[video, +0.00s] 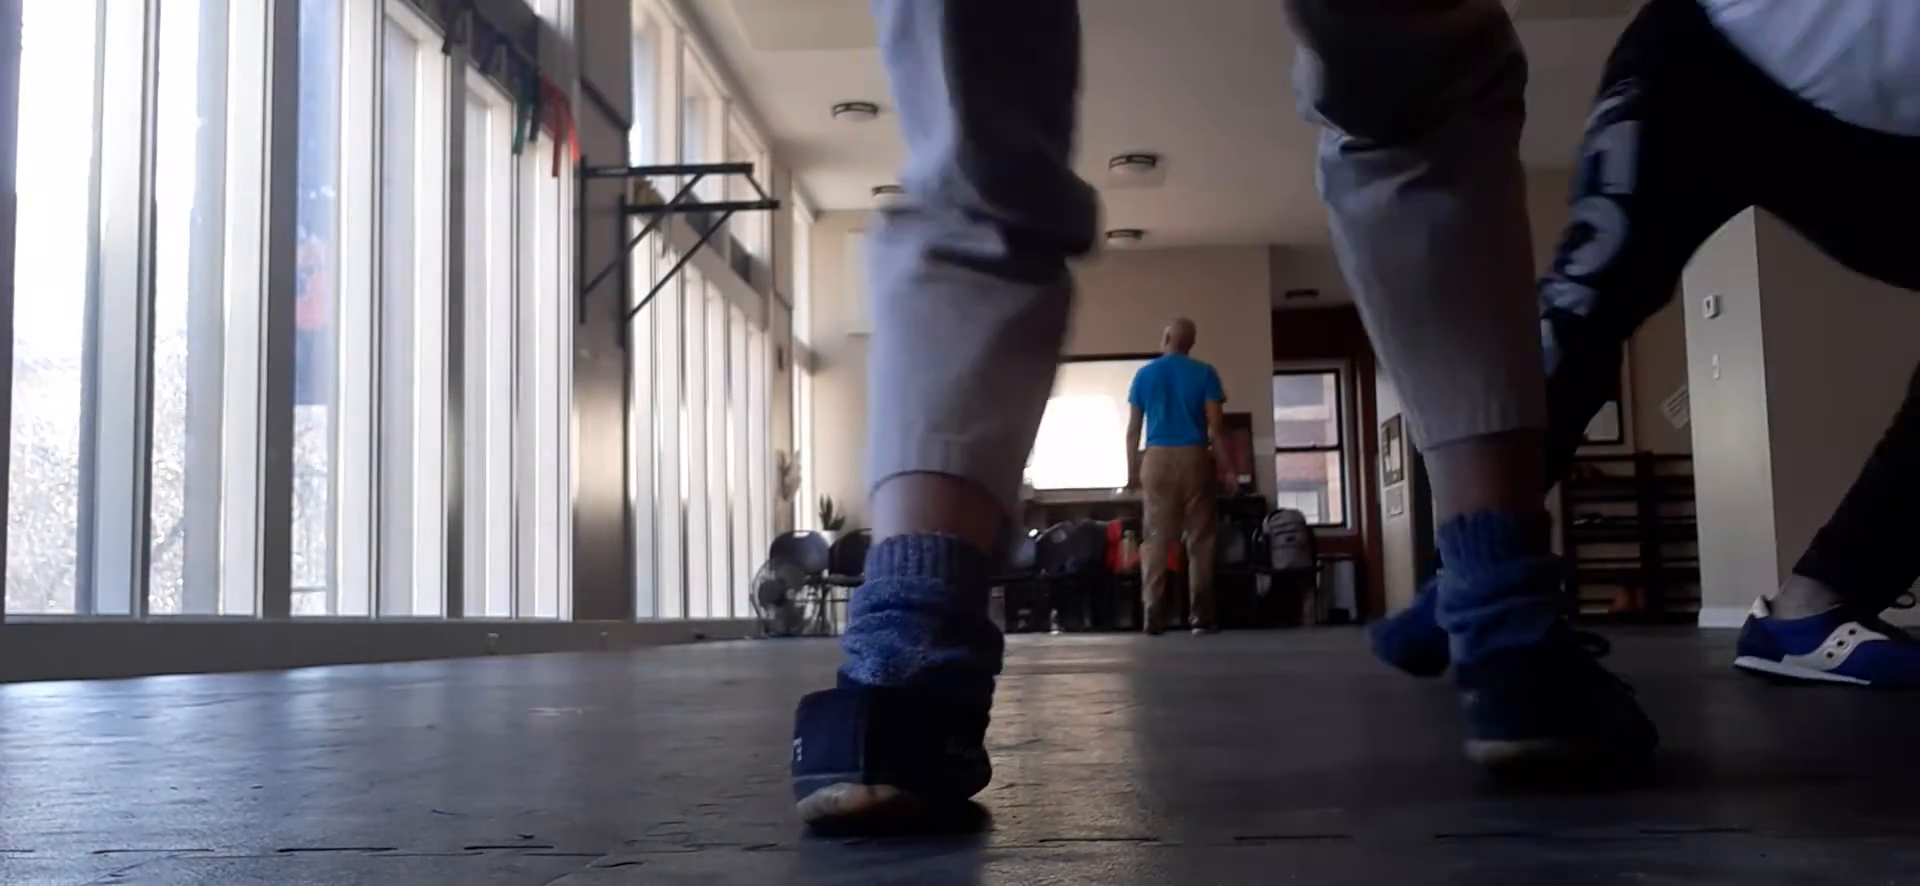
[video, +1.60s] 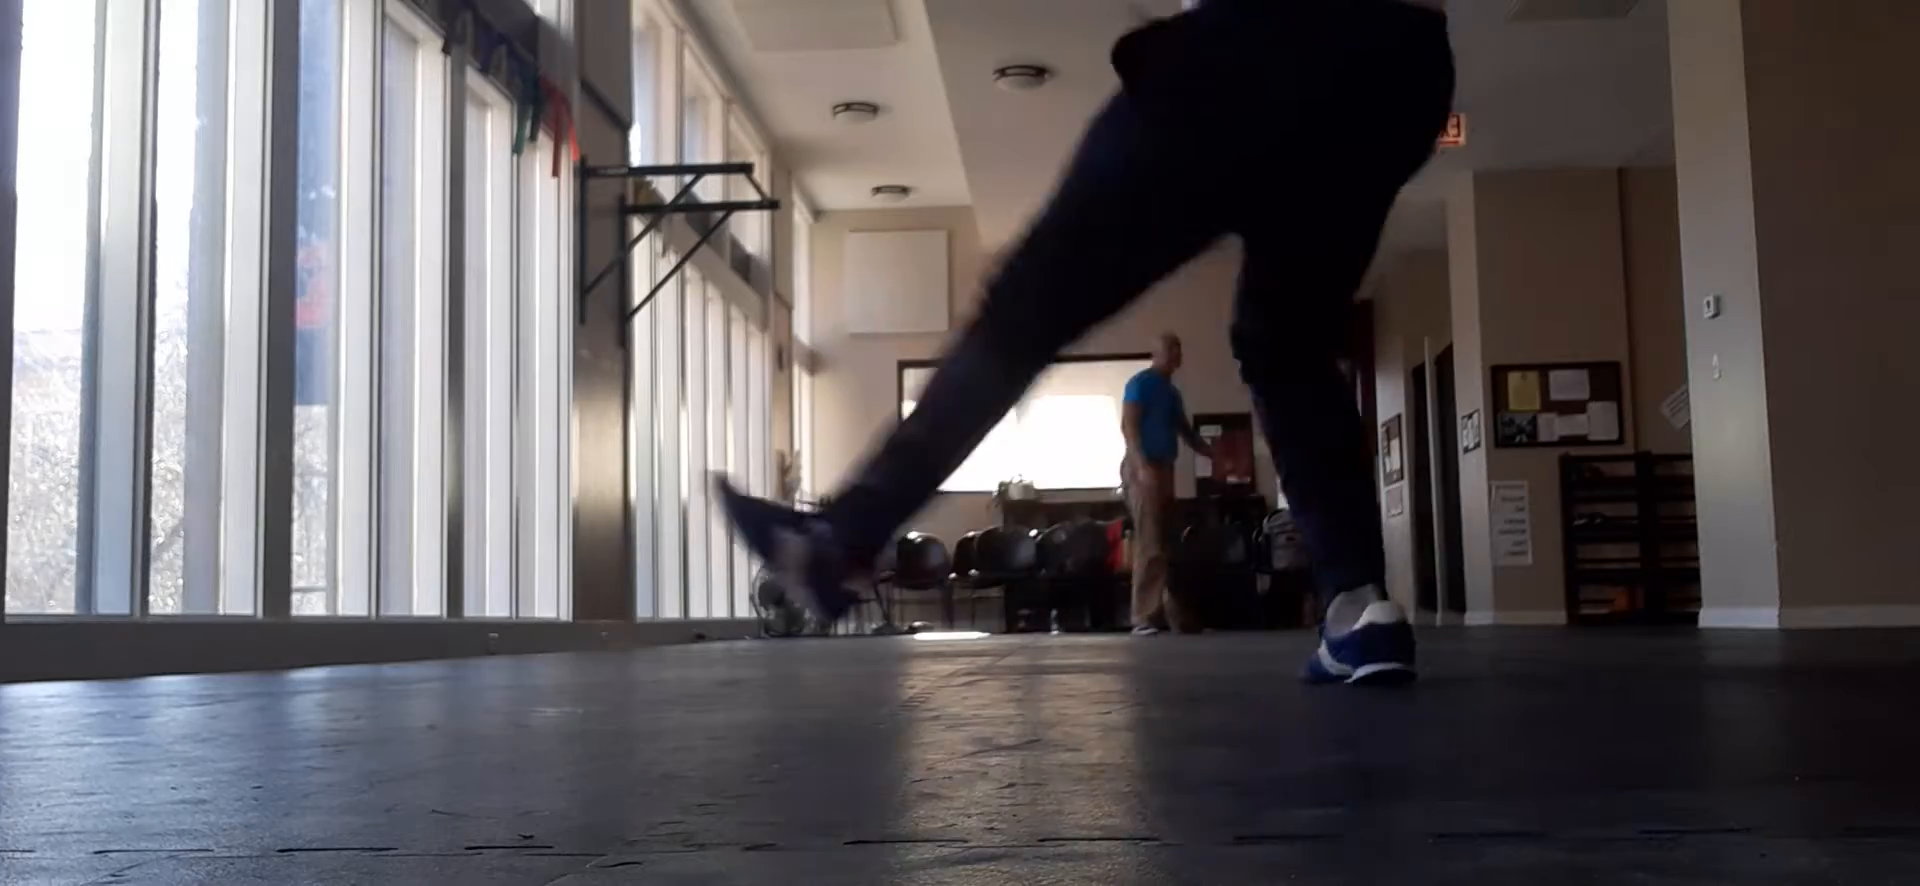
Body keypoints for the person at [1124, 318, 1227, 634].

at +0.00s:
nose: (1162, 343)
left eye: (1164, 338)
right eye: (1170, 338)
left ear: (1165, 340)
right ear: (1192, 344)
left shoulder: (1145, 374)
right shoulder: (1204, 373)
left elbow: (1133, 430)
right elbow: (1215, 427)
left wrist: (1132, 471)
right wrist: (1226, 467)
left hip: (1156, 454)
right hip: (1194, 454)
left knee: (1155, 535)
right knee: (1199, 536)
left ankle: (1152, 612)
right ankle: (1200, 615)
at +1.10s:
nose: (1201, 370)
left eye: (1200, 364)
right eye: (1201, 365)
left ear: (1177, 361)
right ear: (1199, 364)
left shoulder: (1155, 389)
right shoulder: (1192, 381)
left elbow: (1140, 438)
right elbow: (1196, 423)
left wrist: (1137, 475)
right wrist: (1215, 464)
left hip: (1147, 457)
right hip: (1174, 455)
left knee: (1163, 536)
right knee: (1189, 531)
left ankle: (1172, 610)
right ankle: (1185, 610)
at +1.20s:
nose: (1205, 373)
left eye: (1205, 368)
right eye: (1204, 367)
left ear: (1179, 361)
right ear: (1198, 364)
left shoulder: (1159, 387)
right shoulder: (1184, 380)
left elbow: (1157, 430)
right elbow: (1182, 420)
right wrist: (1205, 460)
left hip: (1146, 455)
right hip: (1167, 455)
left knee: (1161, 534)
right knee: (1182, 529)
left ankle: (1168, 606)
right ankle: (1175, 609)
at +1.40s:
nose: (1198, 360)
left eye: (1198, 355)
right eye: (1194, 354)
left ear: (1183, 357)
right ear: (1177, 355)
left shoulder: (1174, 387)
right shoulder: (1164, 379)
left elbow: (1183, 441)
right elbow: (1155, 421)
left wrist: (1203, 470)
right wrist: (1174, 460)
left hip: (1164, 461)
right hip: (1153, 459)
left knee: (1171, 535)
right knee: (1166, 533)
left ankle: (1172, 614)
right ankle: (1149, 610)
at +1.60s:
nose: (1176, 354)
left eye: (1178, 349)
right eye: (1171, 349)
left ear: (1177, 354)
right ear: (1157, 352)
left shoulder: (1172, 393)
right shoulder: (1140, 384)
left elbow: (1186, 431)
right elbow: (1129, 425)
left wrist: (1211, 452)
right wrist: (1141, 467)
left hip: (1165, 470)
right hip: (1142, 469)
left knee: (1165, 543)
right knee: (1149, 543)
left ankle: (1169, 616)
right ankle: (1143, 618)